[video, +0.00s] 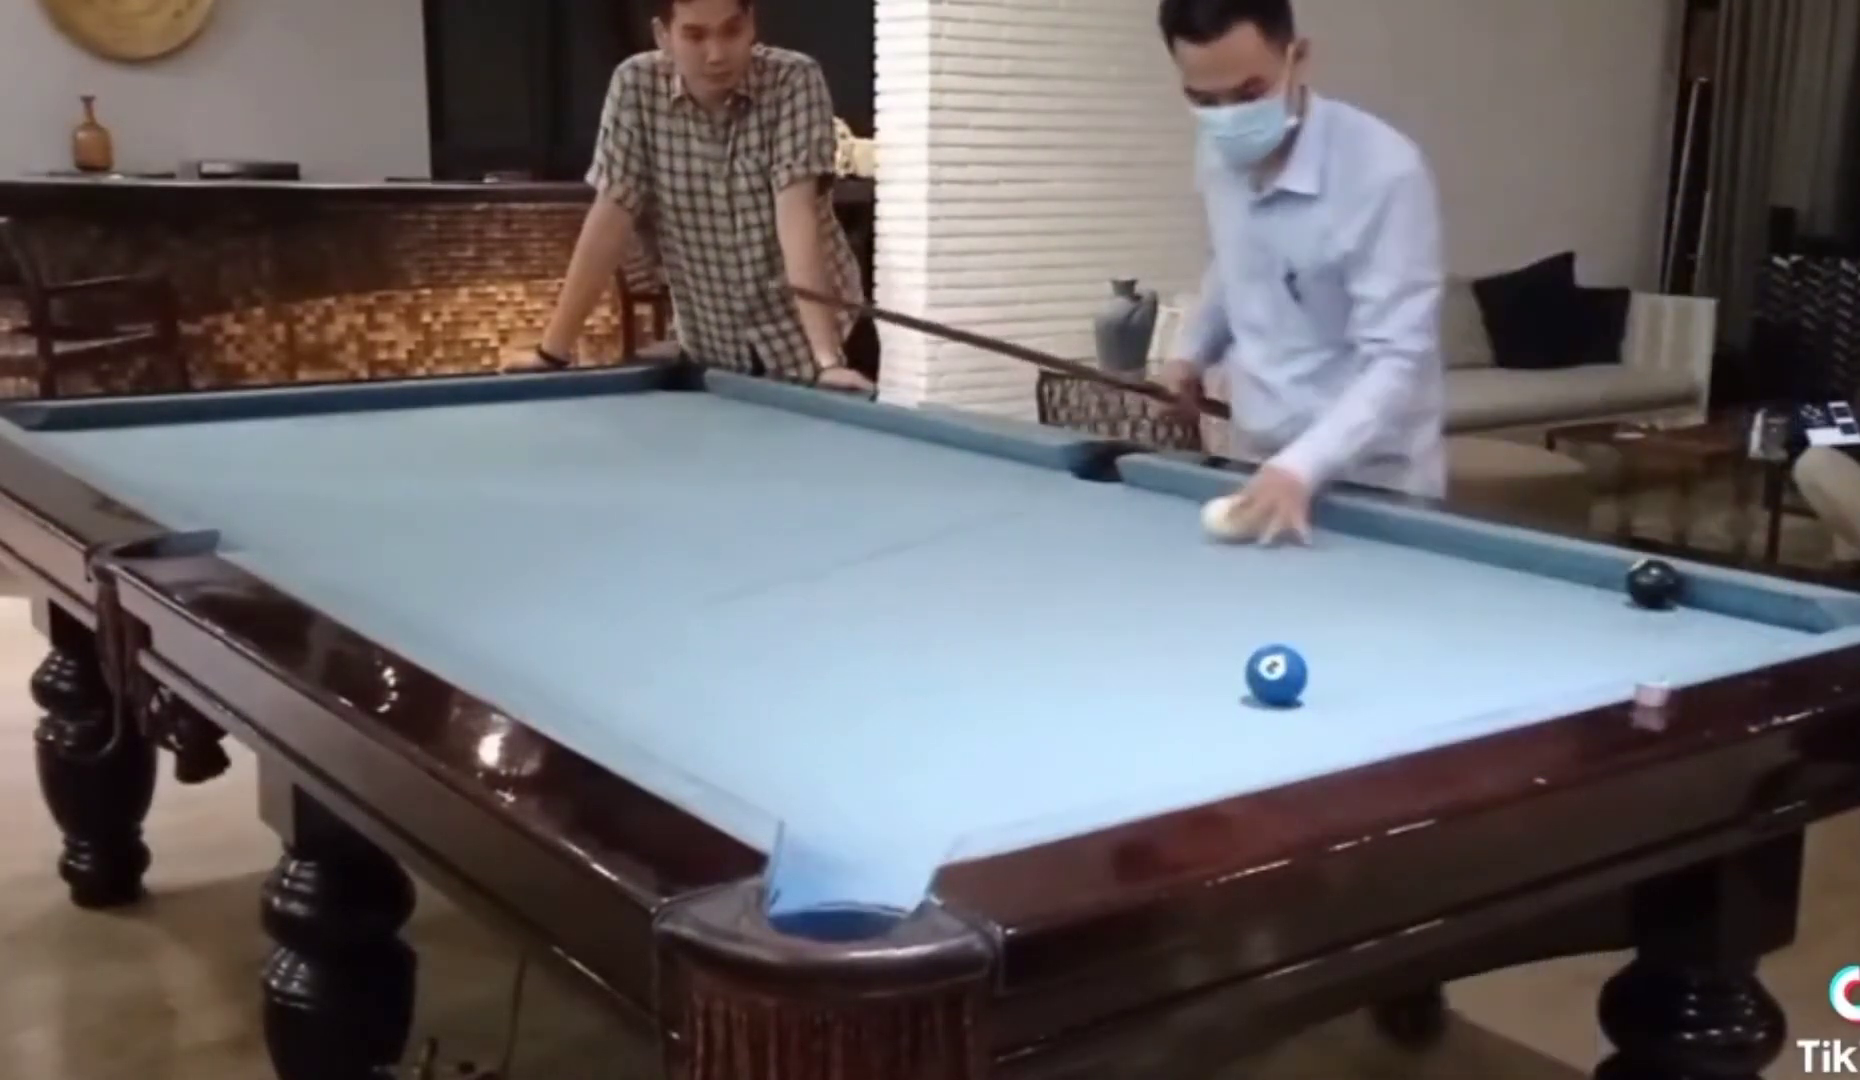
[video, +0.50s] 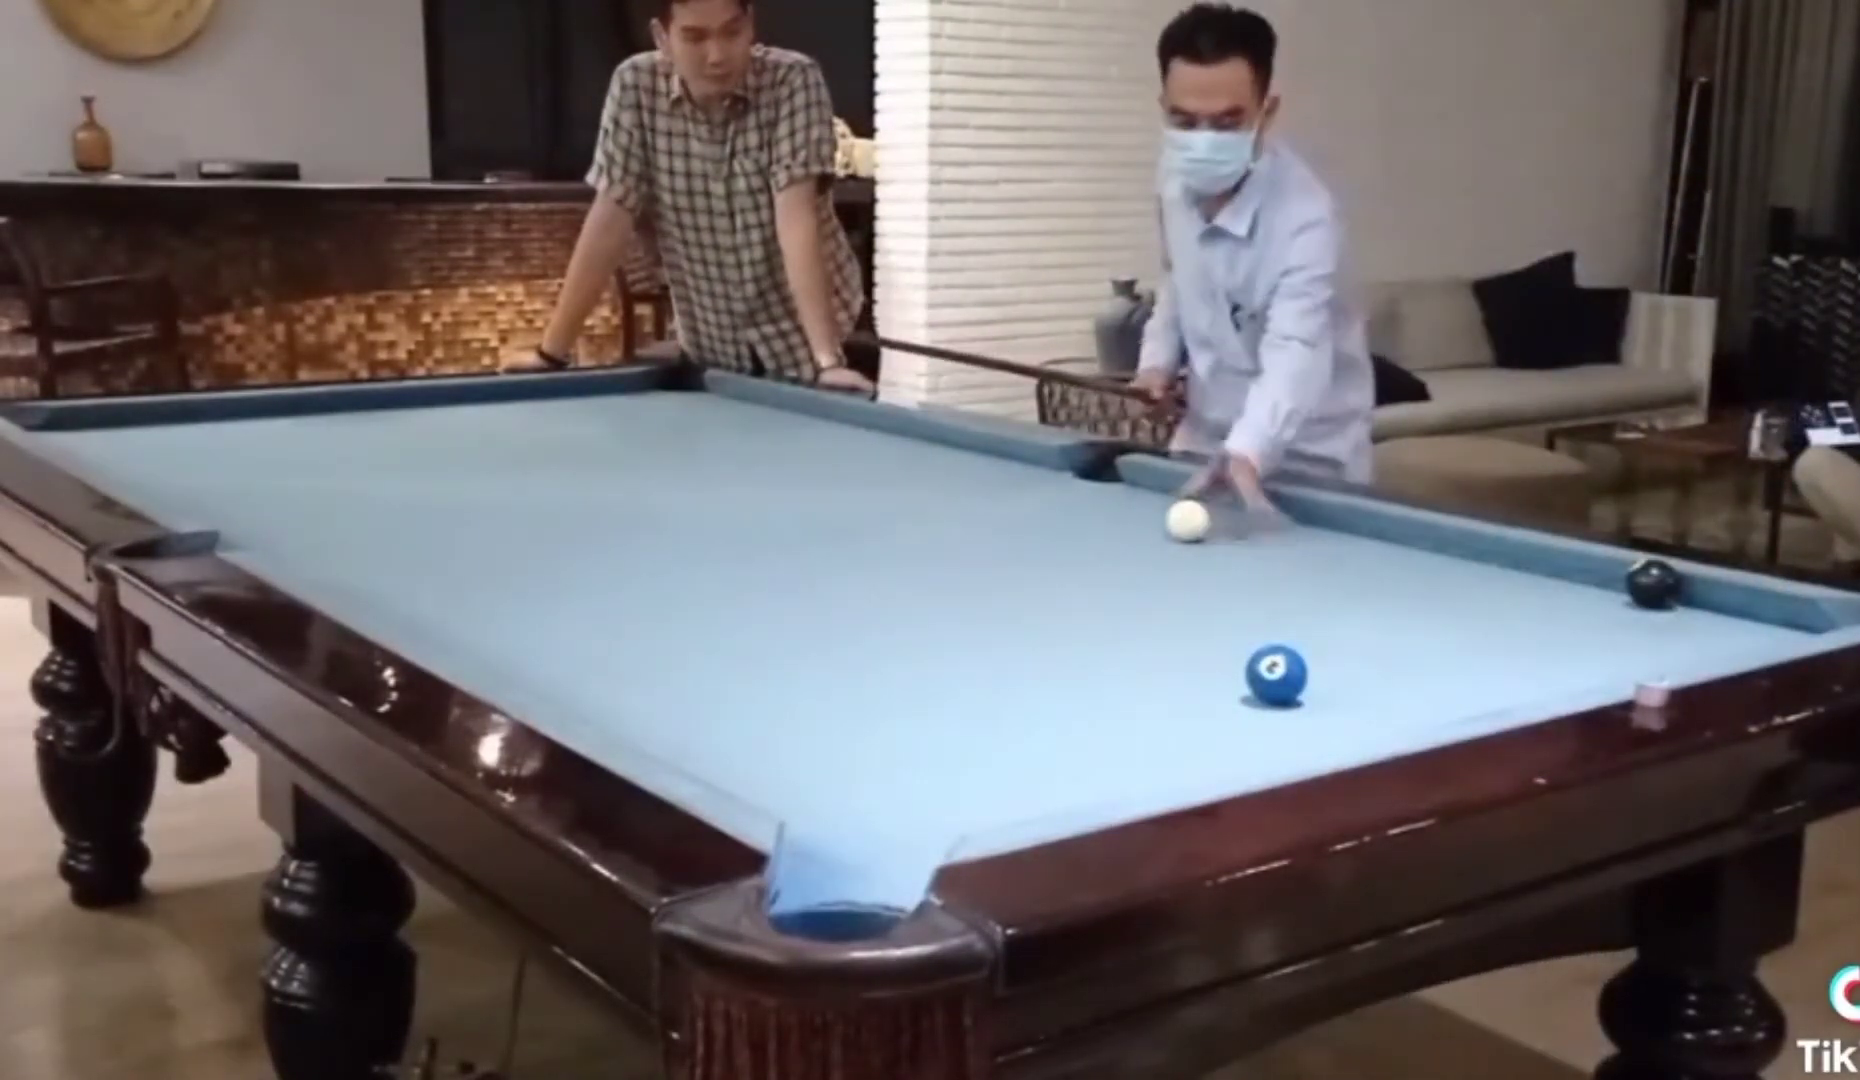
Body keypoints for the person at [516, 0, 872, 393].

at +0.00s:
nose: (717, 54)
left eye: (732, 32)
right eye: (695, 36)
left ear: (753, 26)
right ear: (663, 35)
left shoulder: (793, 79)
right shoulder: (637, 85)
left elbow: (798, 212)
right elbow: (612, 212)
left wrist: (829, 359)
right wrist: (551, 351)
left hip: (812, 350)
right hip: (708, 351)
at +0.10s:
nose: (717, 54)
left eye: (732, 32)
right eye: (695, 36)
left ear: (752, 27)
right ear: (662, 37)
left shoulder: (792, 79)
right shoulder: (637, 85)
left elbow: (798, 214)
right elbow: (612, 214)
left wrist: (829, 360)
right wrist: (552, 352)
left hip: (811, 353)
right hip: (710, 354)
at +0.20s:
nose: (717, 55)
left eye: (731, 32)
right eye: (696, 36)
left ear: (752, 26)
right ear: (662, 37)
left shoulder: (792, 79)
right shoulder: (637, 85)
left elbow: (798, 213)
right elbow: (612, 213)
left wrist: (828, 359)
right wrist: (552, 351)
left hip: (810, 352)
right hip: (710, 352)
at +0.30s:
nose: (717, 55)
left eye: (732, 33)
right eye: (695, 37)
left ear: (752, 27)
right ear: (662, 37)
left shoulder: (791, 79)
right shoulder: (636, 85)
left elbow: (798, 210)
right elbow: (612, 212)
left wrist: (828, 358)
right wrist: (551, 351)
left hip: (810, 352)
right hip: (709, 354)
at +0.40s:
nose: (717, 55)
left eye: (731, 33)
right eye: (696, 37)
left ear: (752, 26)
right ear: (661, 36)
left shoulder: (791, 80)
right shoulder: (636, 85)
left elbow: (798, 213)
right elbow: (611, 215)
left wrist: (828, 359)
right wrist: (552, 352)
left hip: (805, 348)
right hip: (709, 349)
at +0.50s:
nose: (717, 55)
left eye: (732, 33)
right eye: (696, 36)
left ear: (752, 25)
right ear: (662, 36)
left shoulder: (791, 80)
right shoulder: (636, 85)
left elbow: (798, 217)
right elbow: (610, 217)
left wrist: (828, 360)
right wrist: (552, 353)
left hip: (807, 347)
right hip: (710, 348)